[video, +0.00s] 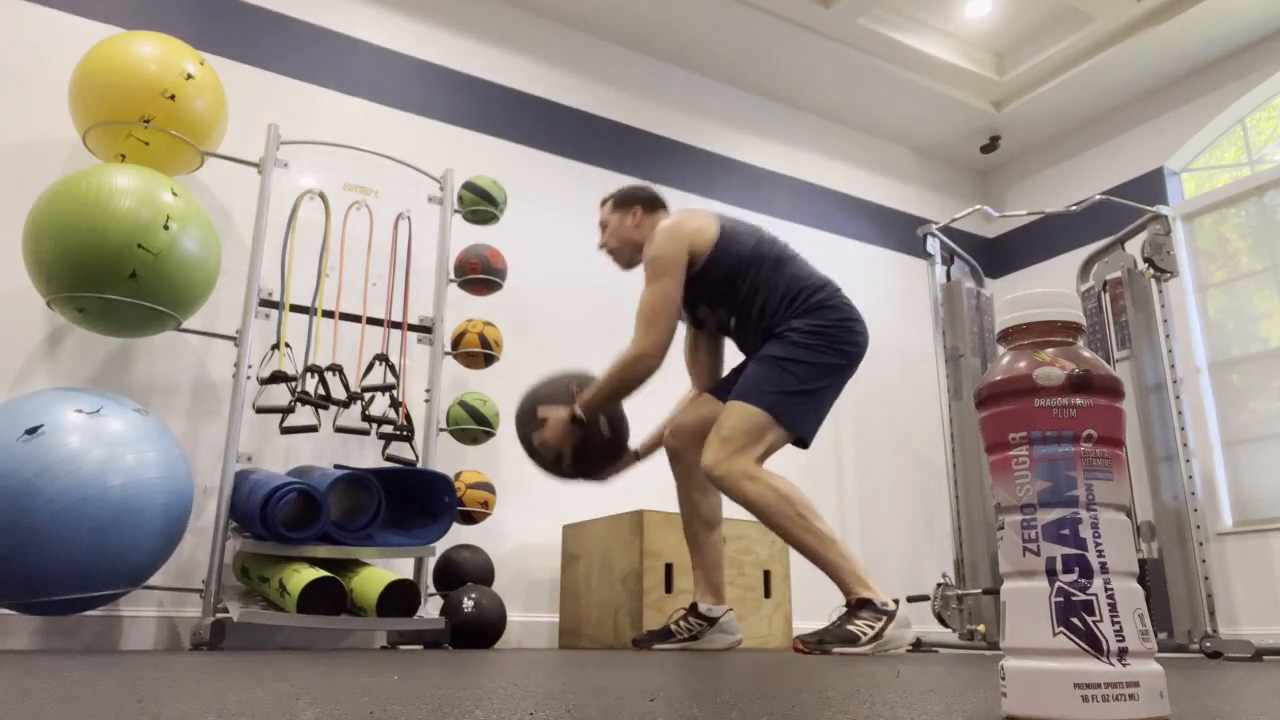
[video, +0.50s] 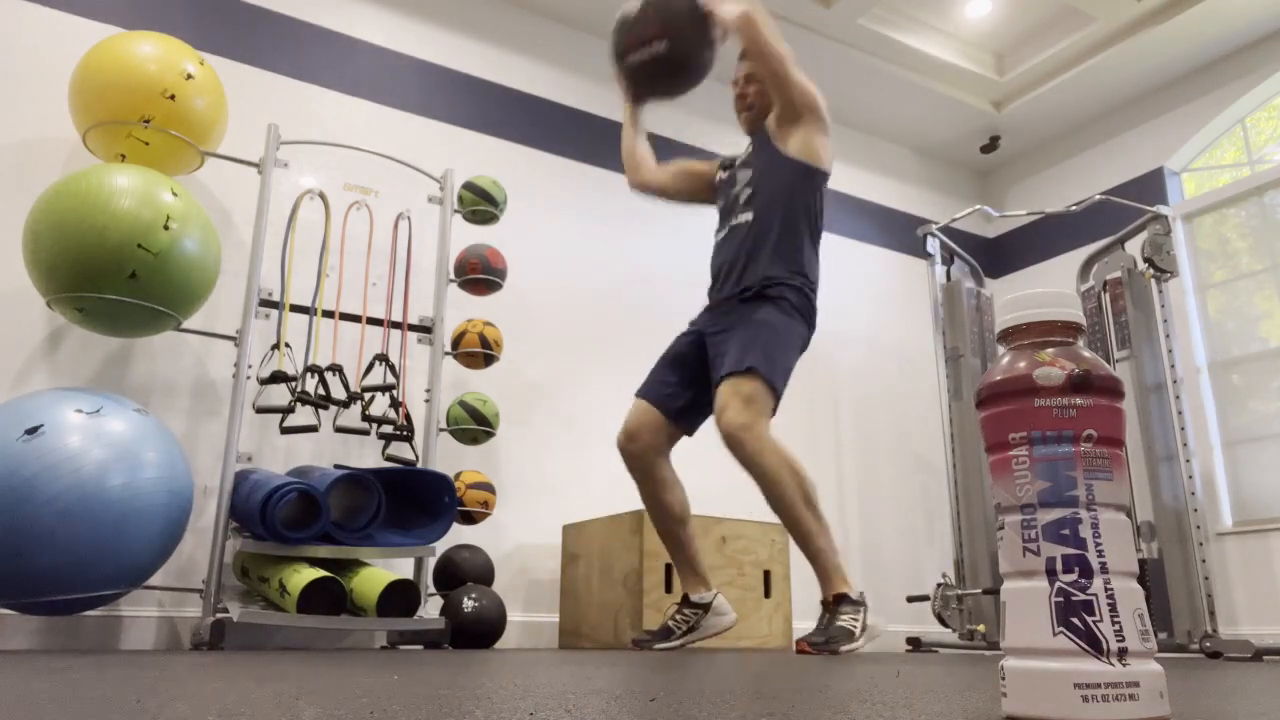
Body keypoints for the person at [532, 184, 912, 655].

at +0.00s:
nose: (601, 242)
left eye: (604, 227)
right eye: (599, 232)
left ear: (638, 215)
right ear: (643, 221)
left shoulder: (671, 233)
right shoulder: (699, 279)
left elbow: (646, 354)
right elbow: (706, 390)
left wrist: (578, 410)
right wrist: (633, 454)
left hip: (818, 327)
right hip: (784, 341)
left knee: (727, 461)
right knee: (686, 437)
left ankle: (873, 605)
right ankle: (712, 614)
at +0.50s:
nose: (742, 85)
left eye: (753, 75)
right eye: (736, 80)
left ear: (779, 81)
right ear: (734, 96)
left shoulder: (801, 125)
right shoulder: (730, 168)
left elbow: (749, 16)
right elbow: (645, 173)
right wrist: (632, 101)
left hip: (774, 303)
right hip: (718, 314)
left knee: (740, 422)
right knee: (640, 439)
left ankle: (841, 596)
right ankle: (700, 598)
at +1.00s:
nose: (890, 161)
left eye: (896, 156)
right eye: (884, 148)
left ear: (890, 162)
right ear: (849, 137)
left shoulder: (866, 212)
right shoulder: (797, 171)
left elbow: (964, 184)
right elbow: (852, 112)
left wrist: (1005, 111)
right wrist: (902, 14)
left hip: (787, 348)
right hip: (720, 340)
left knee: (859, 430)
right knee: (695, 478)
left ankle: (858, 614)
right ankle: (627, 599)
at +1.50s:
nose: (980, 294)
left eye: (988, 284)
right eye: (978, 277)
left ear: (944, 261)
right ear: (940, 253)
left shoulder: (917, 313)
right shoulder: (867, 270)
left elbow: (907, 416)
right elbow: (834, 396)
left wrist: (948, 490)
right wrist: (907, 482)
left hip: (805, 374)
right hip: (740, 358)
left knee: (889, 439)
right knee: (711, 503)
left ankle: (859, 615)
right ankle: (622, 598)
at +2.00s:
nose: (874, 107)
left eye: (879, 102)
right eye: (863, 96)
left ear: (879, 119)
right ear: (827, 106)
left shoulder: (858, 201)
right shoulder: (800, 147)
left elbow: (910, 278)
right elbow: (840, 179)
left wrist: (978, 240)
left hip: (812, 328)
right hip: (750, 316)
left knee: (878, 428)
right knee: (737, 463)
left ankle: (860, 612)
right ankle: (656, 576)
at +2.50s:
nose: (710, 88)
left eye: (721, 77)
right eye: (704, 86)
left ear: (755, 77)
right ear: (710, 100)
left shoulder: (794, 101)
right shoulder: (718, 147)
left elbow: (763, 19)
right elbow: (651, 107)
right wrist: (662, 35)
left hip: (798, 268)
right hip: (737, 283)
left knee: (812, 410)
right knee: (689, 421)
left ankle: (895, 586)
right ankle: (694, 591)